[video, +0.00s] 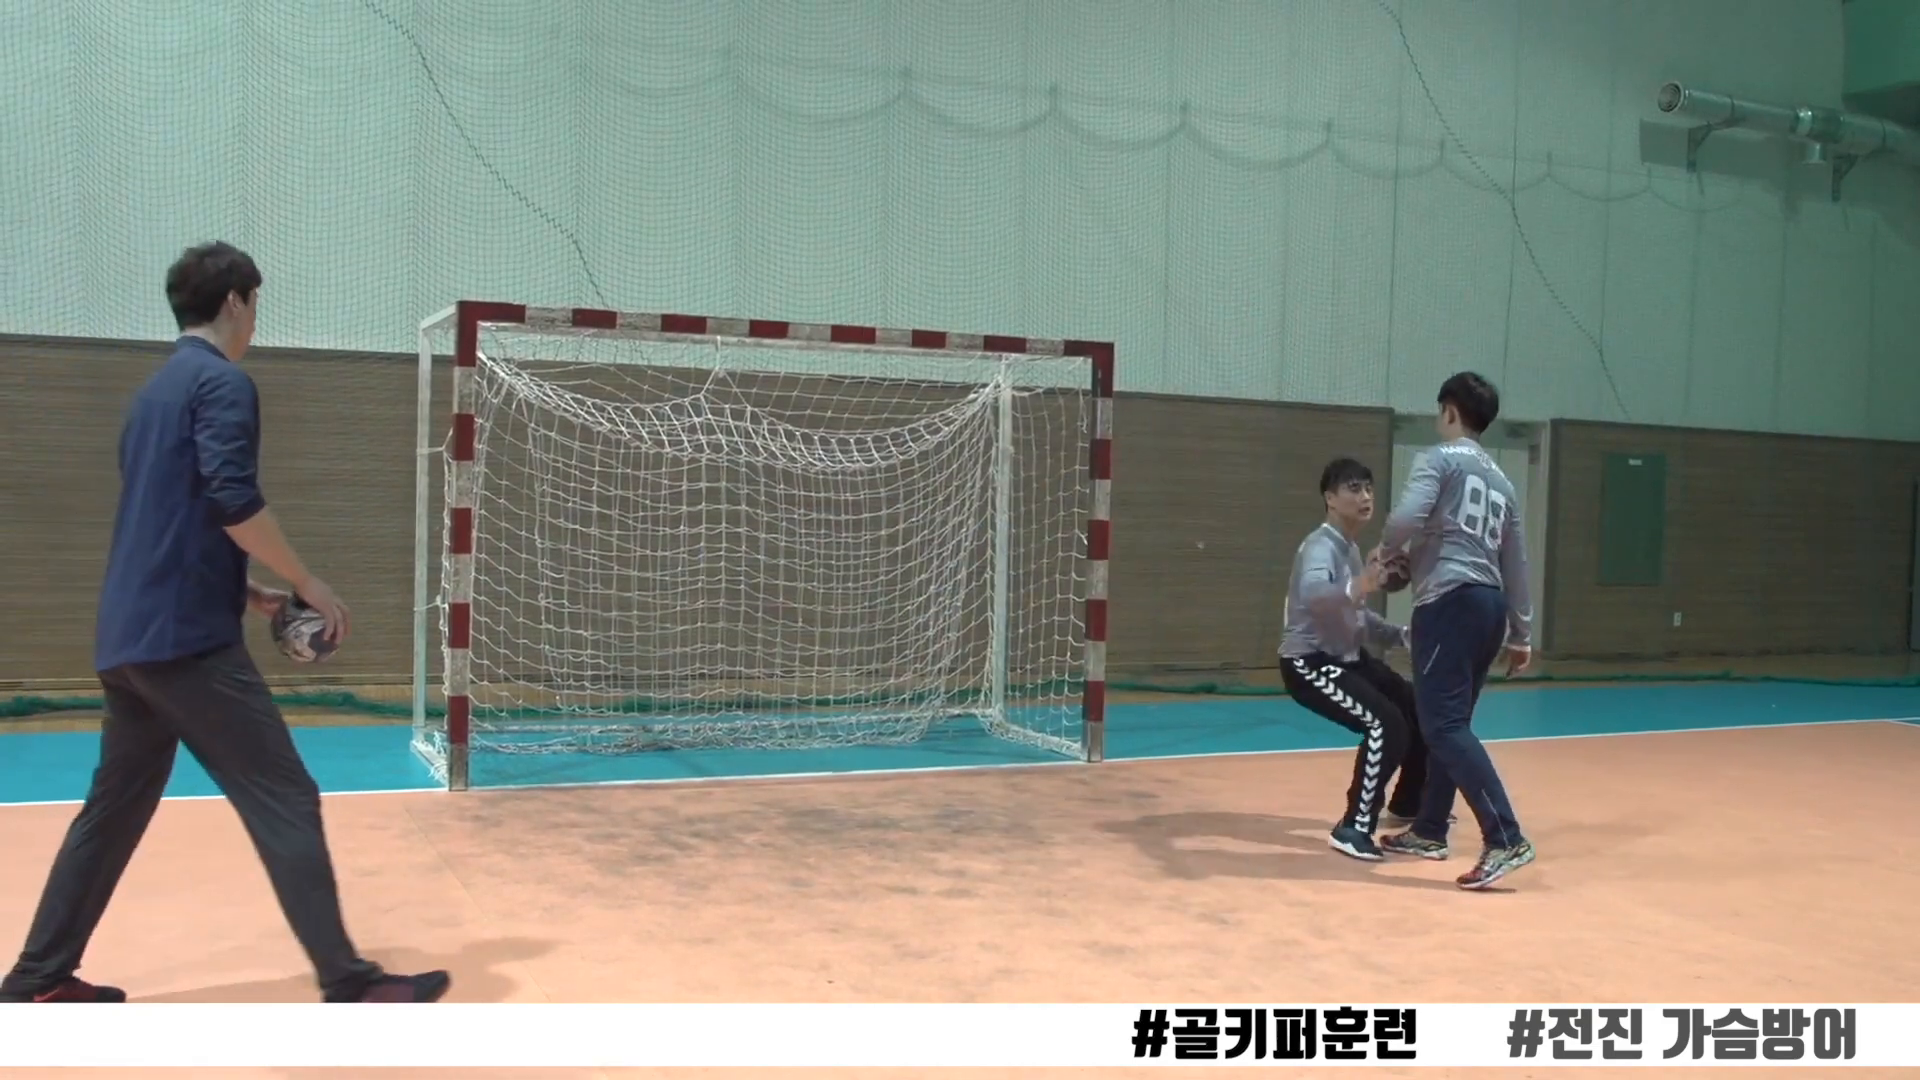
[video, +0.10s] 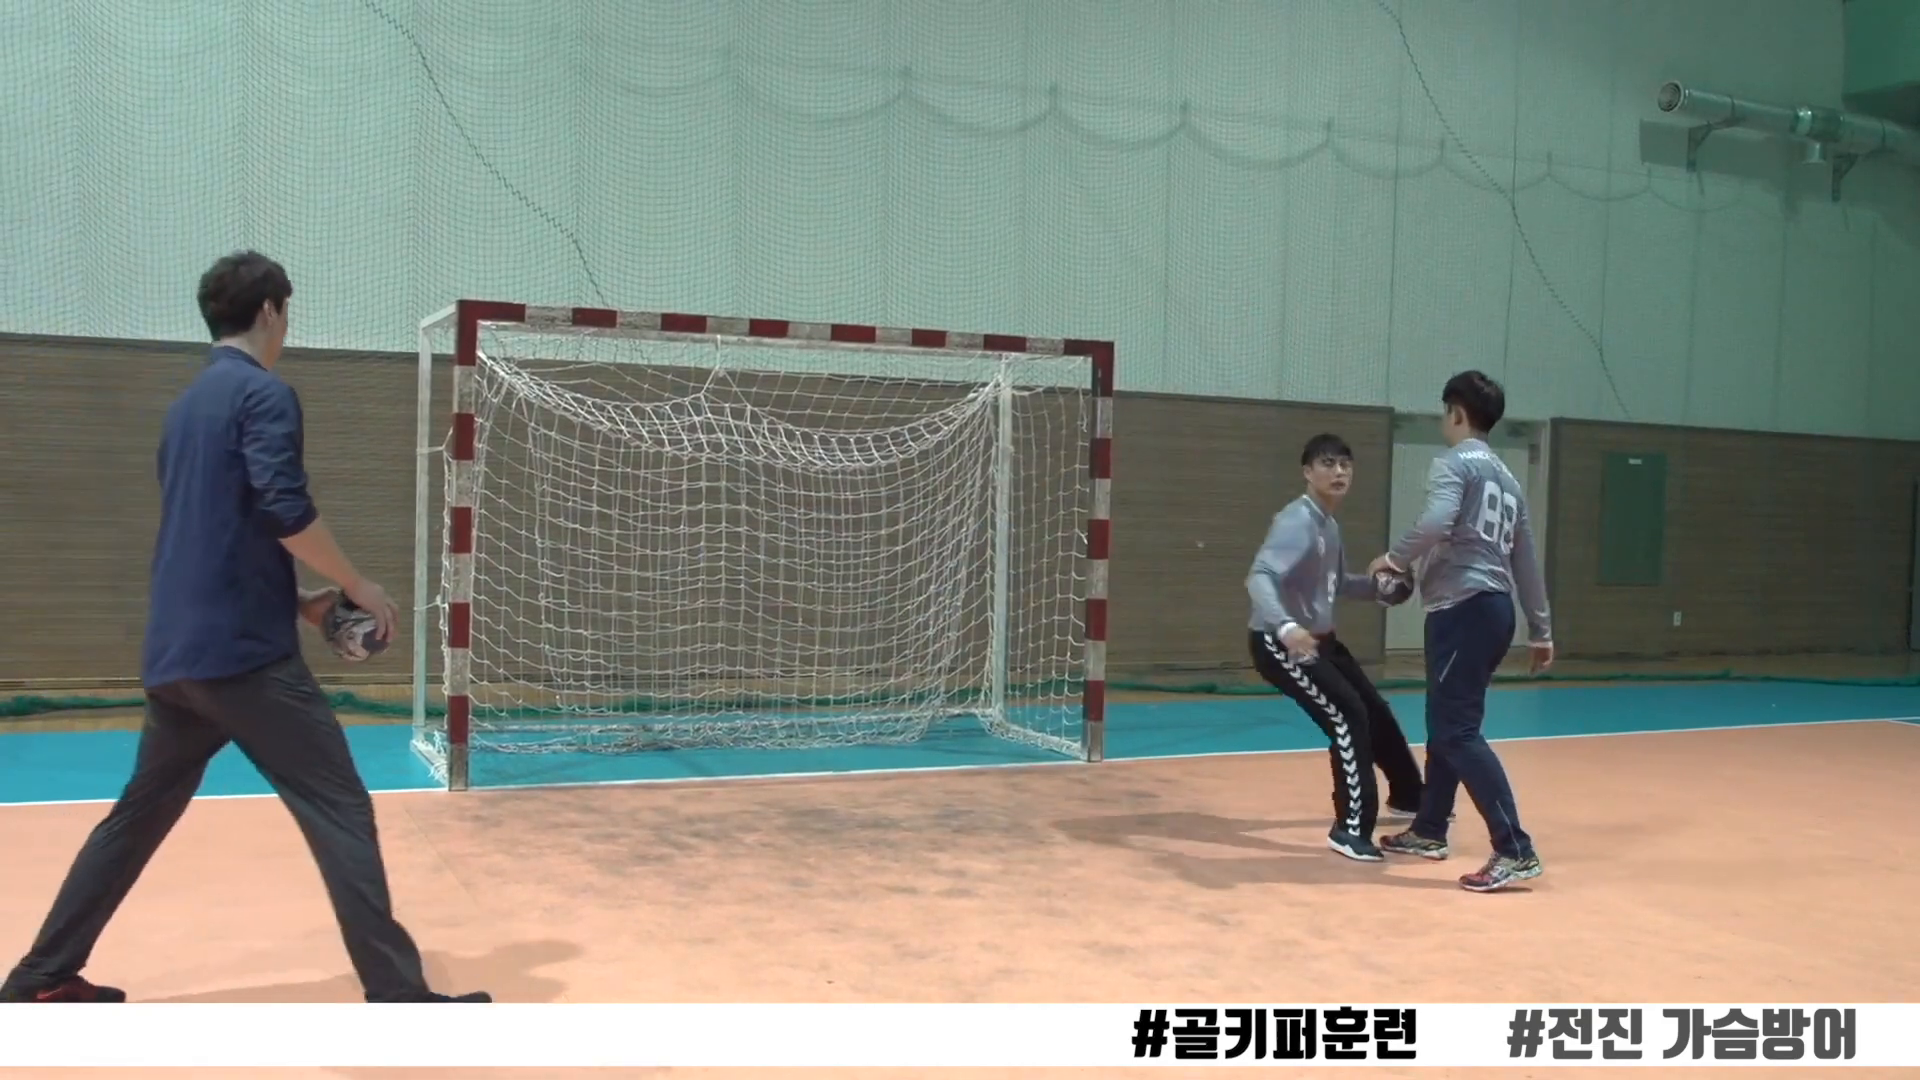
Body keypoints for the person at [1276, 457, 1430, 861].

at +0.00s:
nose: (1365, 496)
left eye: (1368, 489)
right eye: (1353, 489)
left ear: (1374, 496)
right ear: (1329, 499)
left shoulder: (1349, 550)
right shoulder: (1321, 545)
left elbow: (1356, 620)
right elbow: (1313, 596)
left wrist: (1407, 635)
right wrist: (1358, 587)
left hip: (1345, 659)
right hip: (1308, 662)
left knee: (1418, 707)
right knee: (1385, 721)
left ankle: (1408, 803)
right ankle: (1355, 828)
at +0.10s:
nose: (1338, 472)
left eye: (1345, 465)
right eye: (1327, 464)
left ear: (1351, 473)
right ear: (1307, 472)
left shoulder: (1329, 524)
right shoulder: (1297, 520)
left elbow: (1333, 583)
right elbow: (1258, 578)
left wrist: (1378, 585)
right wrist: (1285, 627)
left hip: (1320, 639)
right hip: (1282, 644)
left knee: (1376, 711)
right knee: (1349, 714)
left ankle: (1409, 796)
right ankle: (1351, 829)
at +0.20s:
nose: (1299, 442)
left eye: (1308, 434)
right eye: (1290, 434)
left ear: (1319, 443)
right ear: (1274, 441)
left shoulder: (1303, 499)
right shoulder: (1254, 489)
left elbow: (1311, 551)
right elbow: (1215, 546)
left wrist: (1351, 561)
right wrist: (1221, 609)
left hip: (1277, 609)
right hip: (1242, 608)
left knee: (1328, 691)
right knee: (1282, 704)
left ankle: (1332, 803)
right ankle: (1319, 811)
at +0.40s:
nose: (1195, 442)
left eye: (1205, 434)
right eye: (1188, 434)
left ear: (1222, 440)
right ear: (1178, 439)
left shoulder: (1222, 497)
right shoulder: (1162, 489)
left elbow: (1224, 551)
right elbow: (1124, 542)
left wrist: (1249, 582)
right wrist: (1147, 568)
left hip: (1205, 614)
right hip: (1161, 612)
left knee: (1245, 704)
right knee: (1166, 713)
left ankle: (1230, 803)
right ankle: (1086, 779)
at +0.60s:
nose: (1092, 429)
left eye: (1103, 422)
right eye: (1086, 419)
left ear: (1121, 429)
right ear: (1076, 423)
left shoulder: (1124, 485)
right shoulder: (1051, 471)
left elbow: (1138, 530)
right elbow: (992, 511)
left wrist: (1162, 554)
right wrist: (989, 570)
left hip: (1084, 594)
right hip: (1035, 590)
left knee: (1111, 685)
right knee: (1040, 691)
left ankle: (1074, 761)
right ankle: (1042, 784)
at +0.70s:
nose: (1032, 439)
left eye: (1044, 431)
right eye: (1027, 429)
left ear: (1064, 439)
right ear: (1020, 432)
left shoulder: (1076, 496)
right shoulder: (986, 482)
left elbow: (1104, 534)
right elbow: (942, 528)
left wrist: (1121, 554)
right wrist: (912, 582)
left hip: (1024, 603)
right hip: (976, 595)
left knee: (1020, 699)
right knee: (973, 682)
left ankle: (960, 726)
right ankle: (966, 762)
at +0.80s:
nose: (977, 469)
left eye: (988, 461)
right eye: (972, 460)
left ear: (1007, 469)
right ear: (965, 465)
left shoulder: (1024, 527)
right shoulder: (937, 515)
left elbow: (1056, 561)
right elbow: (899, 568)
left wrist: (1073, 576)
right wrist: (866, 613)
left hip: (967, 630)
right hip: (920, 619)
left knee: (951, 708)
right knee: (903, 693)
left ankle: (916, 764)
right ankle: (849, 753)